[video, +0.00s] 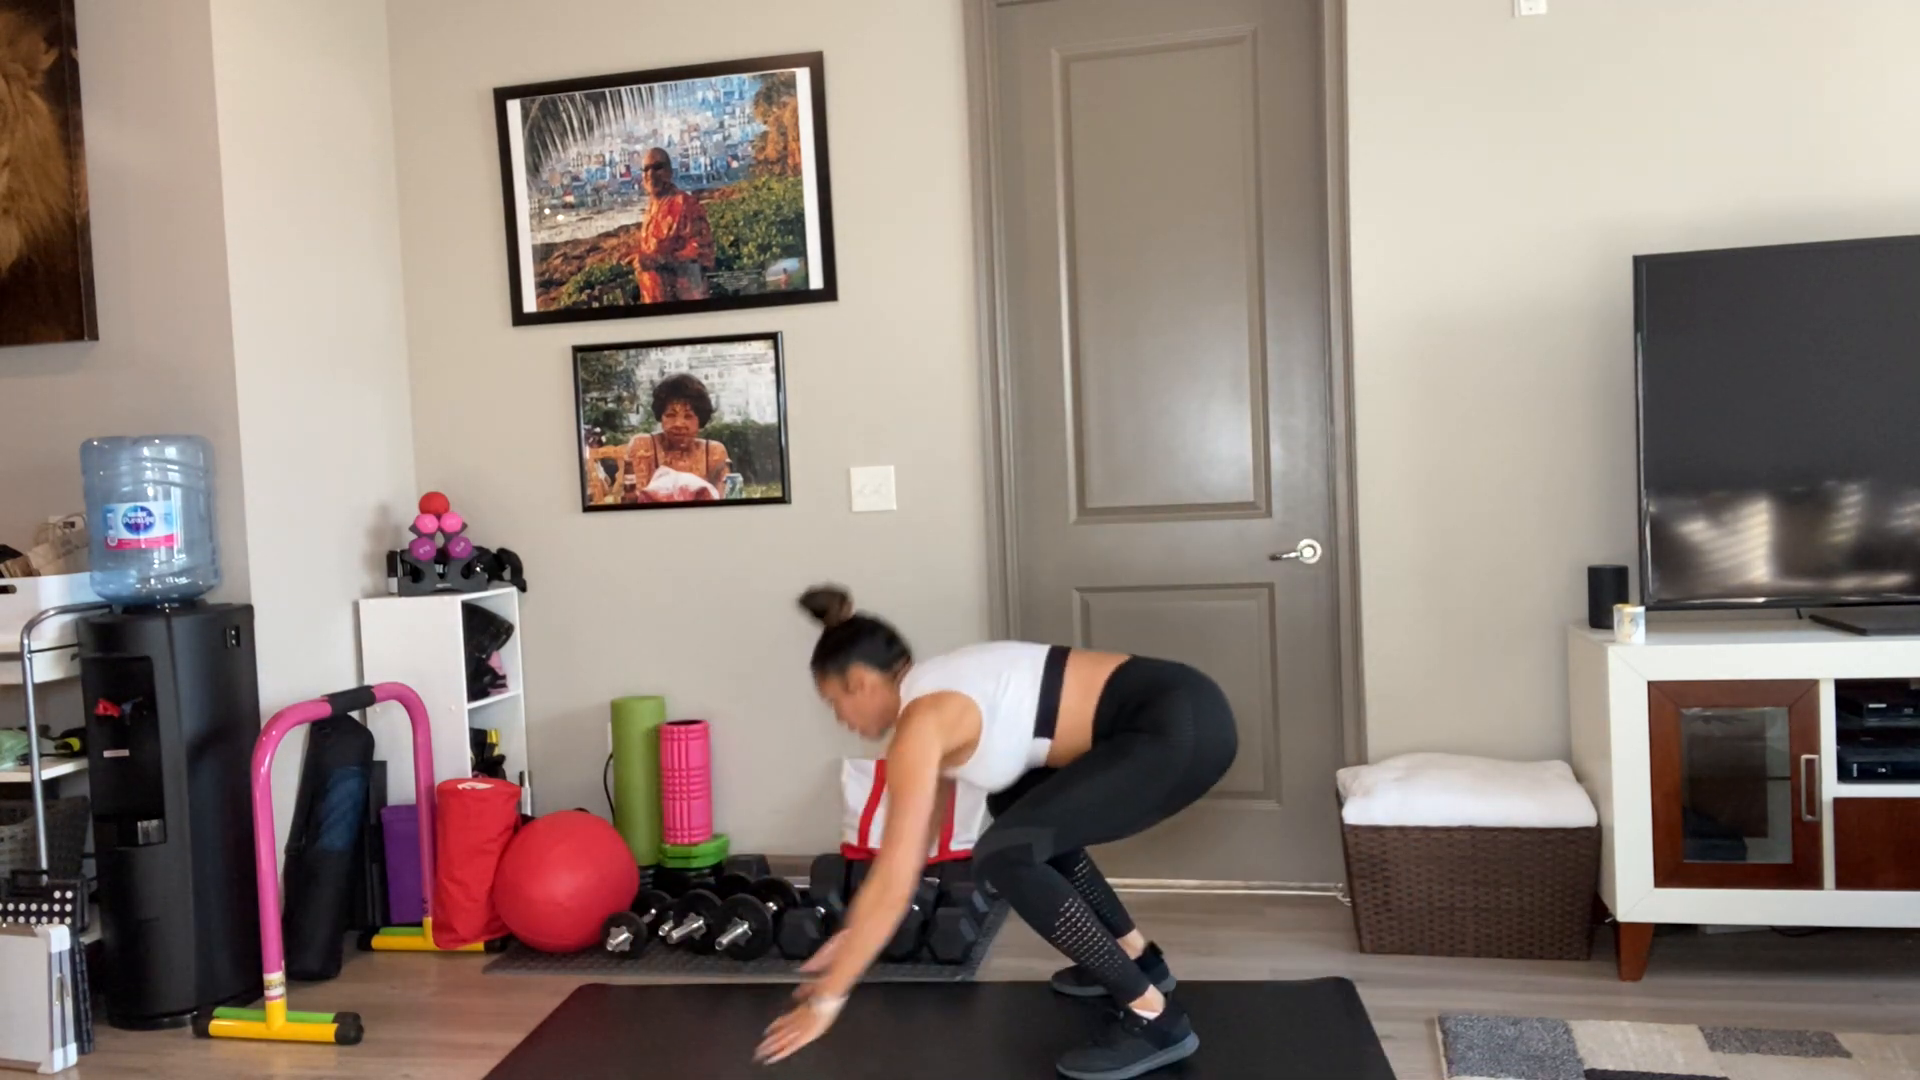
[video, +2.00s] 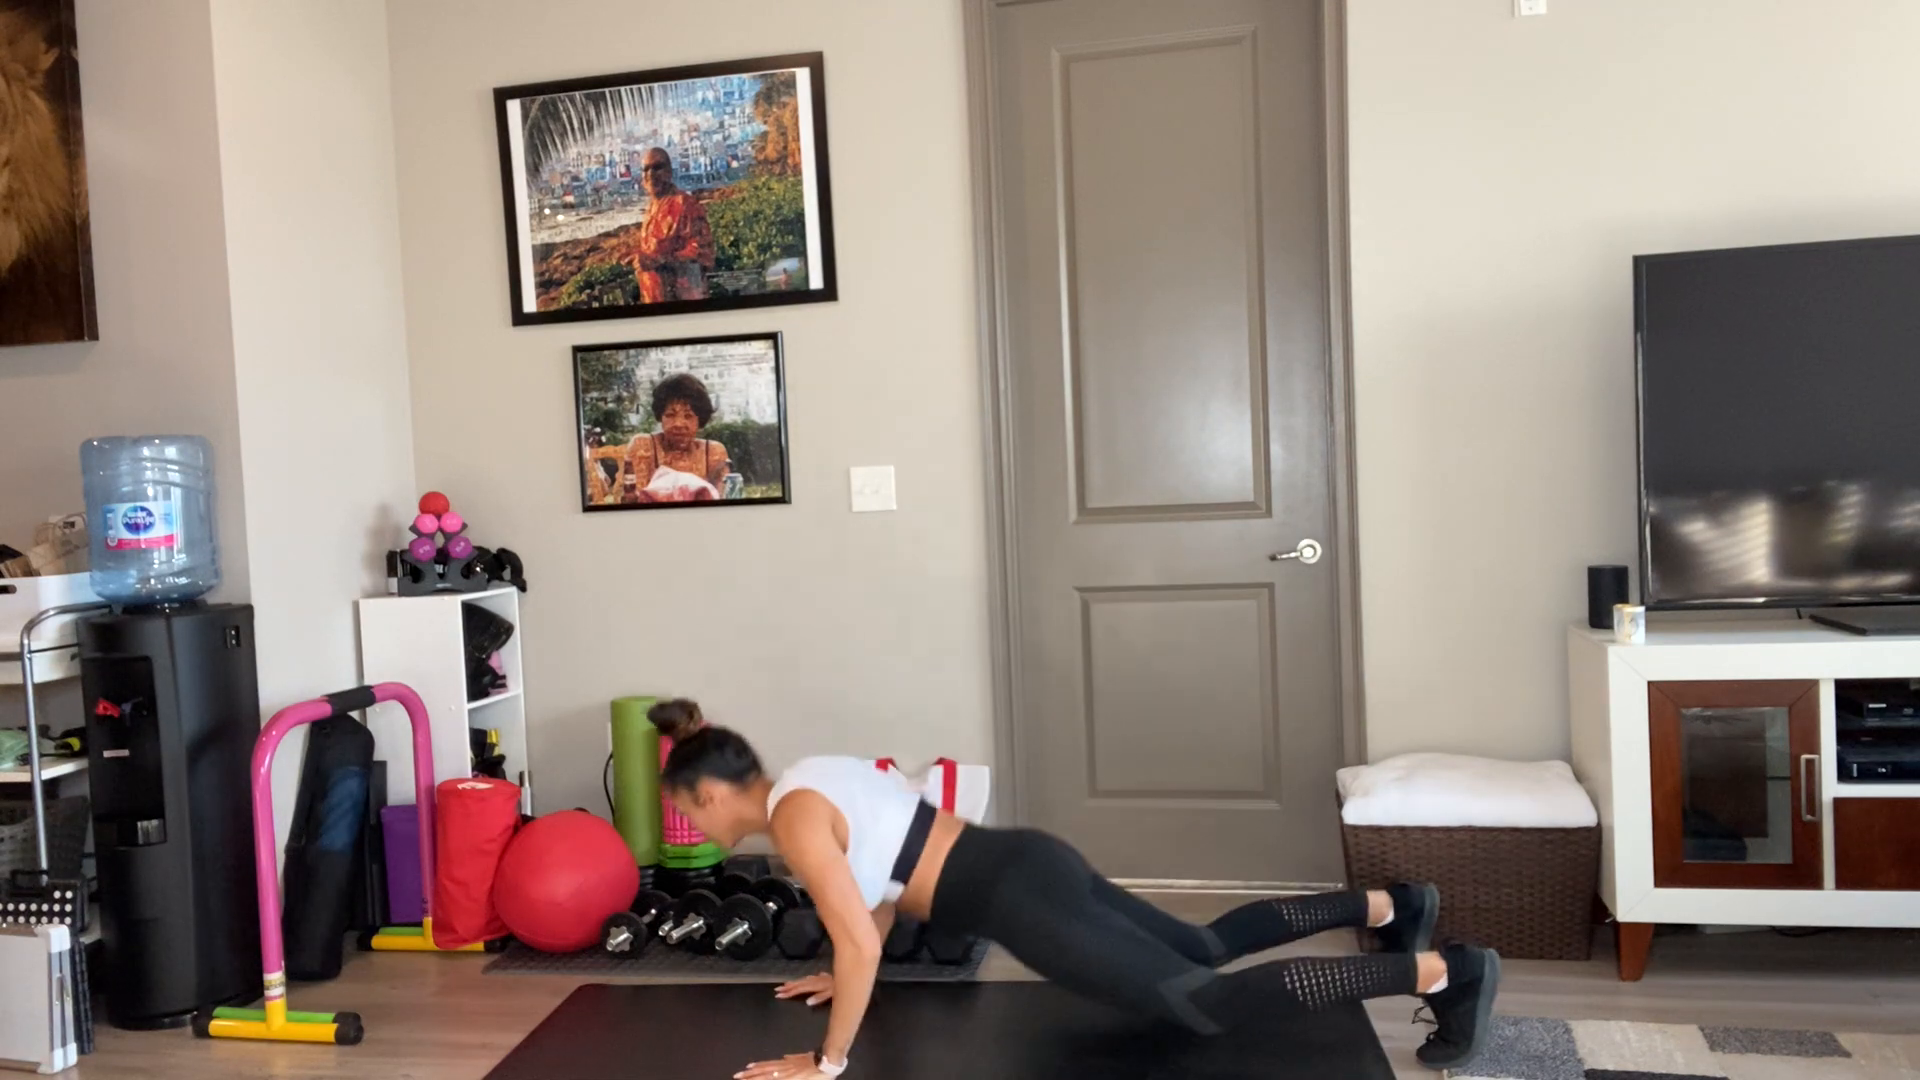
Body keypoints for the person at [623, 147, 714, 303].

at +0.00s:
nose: (650, 174)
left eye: (657, 167)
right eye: (646, 169)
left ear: (670, 172)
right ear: (642, 176)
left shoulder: (686, 204)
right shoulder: (653, 206)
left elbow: (703, 255)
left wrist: (655, 260)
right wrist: (638, 257)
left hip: (683, 297)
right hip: (655, 297)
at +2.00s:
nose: (650, 175)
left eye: (657, 168)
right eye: (646, 169)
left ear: (669, 171)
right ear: (642, 176)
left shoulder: (686, 204)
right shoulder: (654, 206)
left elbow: (702, 255)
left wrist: (657, 261)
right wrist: (638, 257)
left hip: (683, 297)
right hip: (656, 297)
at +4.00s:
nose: (650, 174)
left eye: (657, 167)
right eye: (645, 169)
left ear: (669, 172)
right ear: (642, 176)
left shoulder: (686, 204)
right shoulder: (654, 206)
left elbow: (703, 255)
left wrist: (658, 260)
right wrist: (638, 257)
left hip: (682, 297)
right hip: (655, 297)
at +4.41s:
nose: (650, 174)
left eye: (657, 168)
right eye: (645, 169)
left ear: (669, 172)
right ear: (642, 175)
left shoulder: (685, 204)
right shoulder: (653, 206)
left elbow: (703, 254)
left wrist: (658, 260)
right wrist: (638, 257)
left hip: (682, 297)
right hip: (655, 297)